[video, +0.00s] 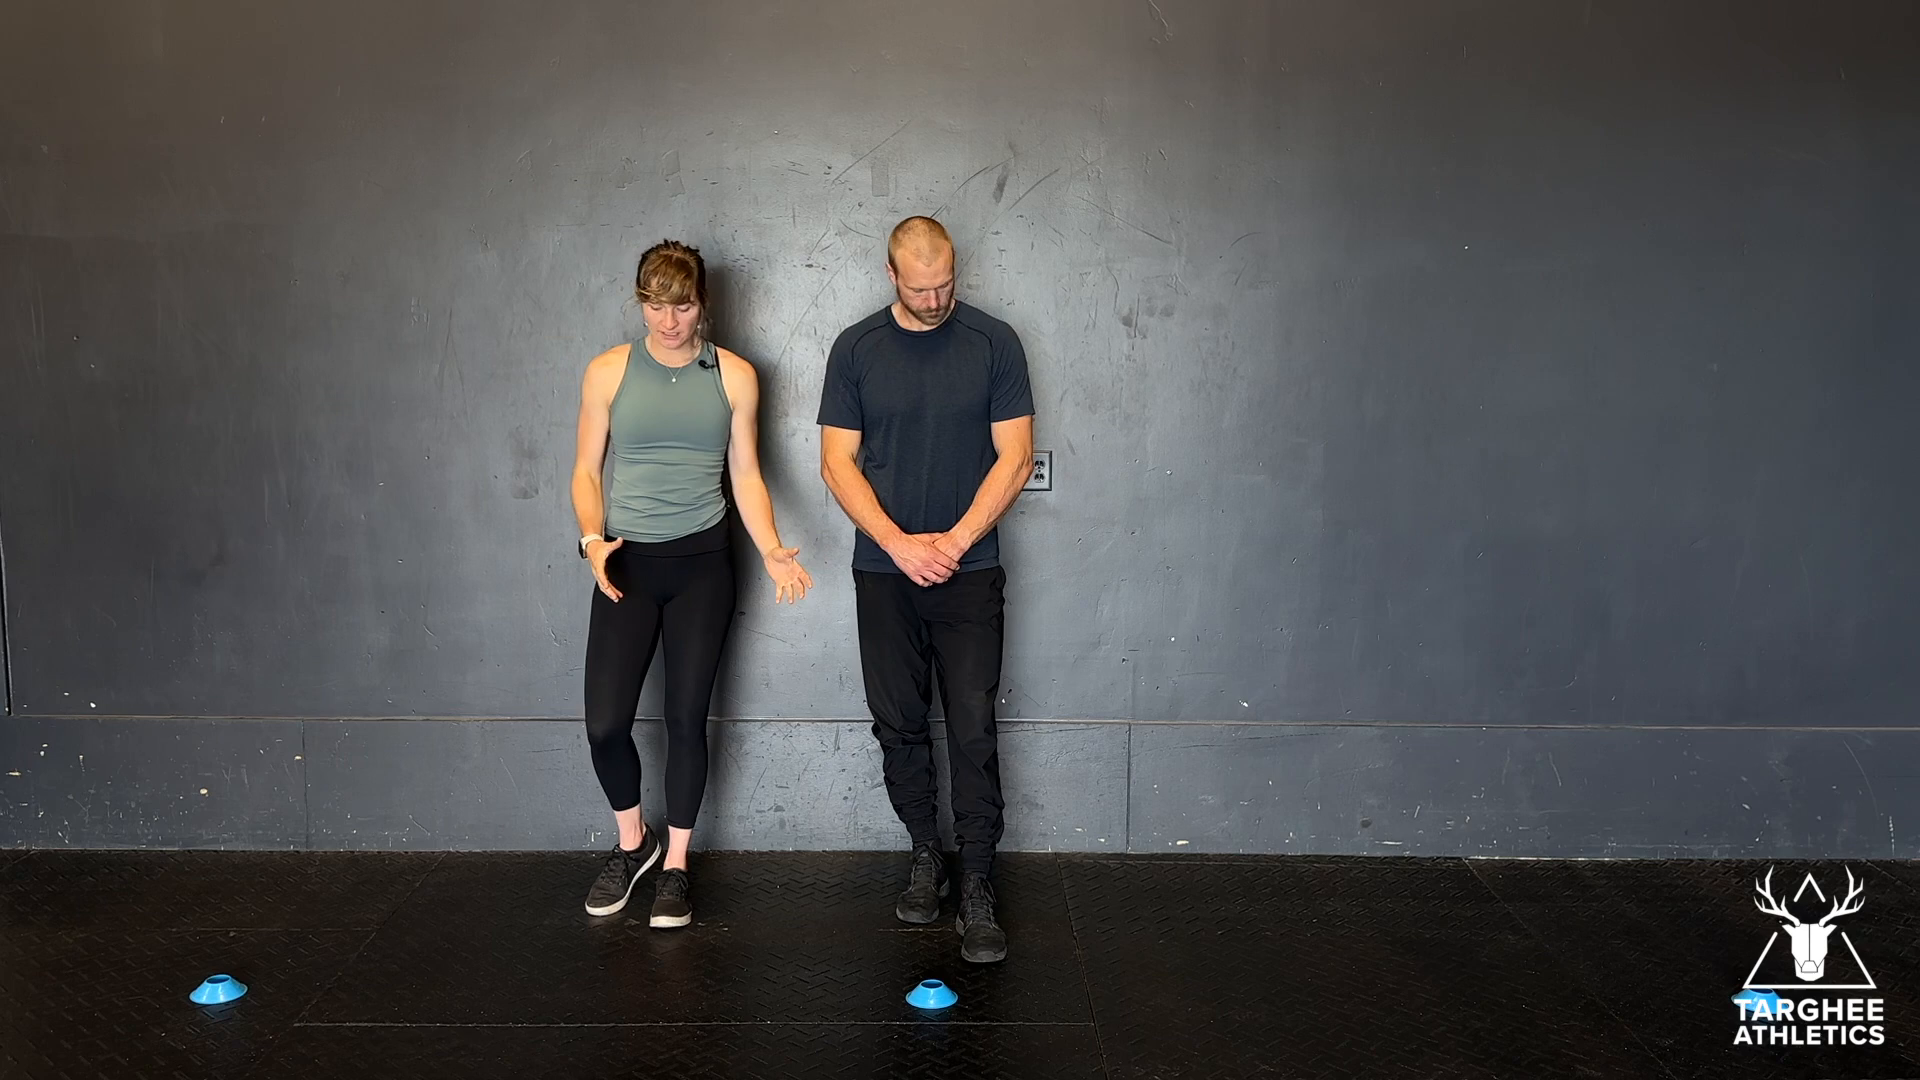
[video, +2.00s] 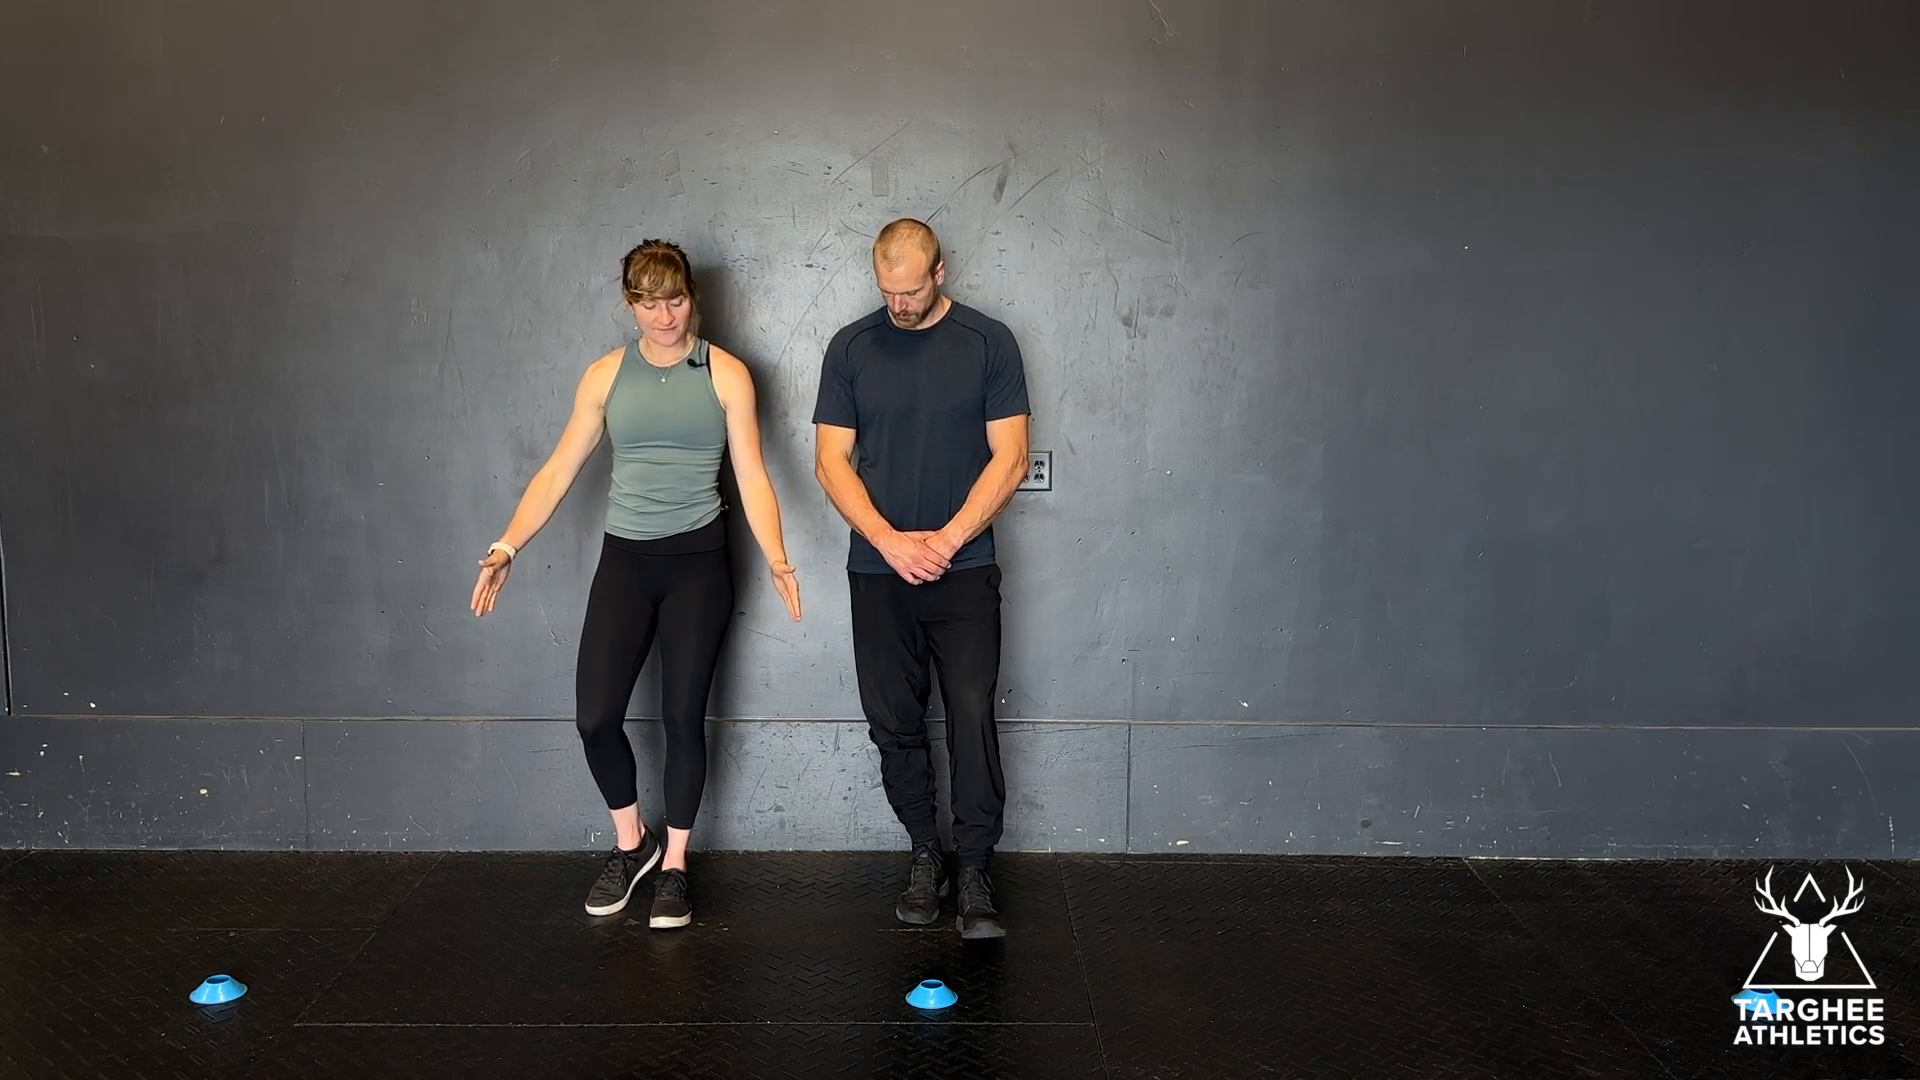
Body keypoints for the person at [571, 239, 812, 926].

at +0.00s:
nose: (672, 321)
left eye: (684, 308)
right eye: (660, 308)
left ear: (702, 304)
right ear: (641, 303)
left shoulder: (734, 375)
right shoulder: (609, 372)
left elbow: (746, 473)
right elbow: (587, 470)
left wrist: (773, 551)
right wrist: (593, 539)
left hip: (704, 563)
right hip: (626, 564)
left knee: (686, 717)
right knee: (605, 722)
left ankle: (675, 867)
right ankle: (635, 846)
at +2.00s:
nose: (667, 314)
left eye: (676, 299)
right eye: (652, 303)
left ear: (691, 299)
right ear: (631, 307)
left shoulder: (726, 375)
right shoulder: (607, 375)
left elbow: (751, 475)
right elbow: (559, 470)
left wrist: (778, 559)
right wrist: (504, 549)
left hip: (700, 561)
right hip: (624, 561)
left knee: (683, 715)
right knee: (596, 716)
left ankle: (674, 868)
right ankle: (634, 848)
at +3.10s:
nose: (690, 311)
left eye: (698, 297)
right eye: (674, 298)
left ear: (708, 300)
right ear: (645, 303)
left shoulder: (735, 378)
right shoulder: (611, 381)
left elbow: (755, 474)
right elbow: (581, 486)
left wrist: (788, 515)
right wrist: (592, 573)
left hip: (718, 568)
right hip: (639, 573)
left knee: (745, 724)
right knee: (639, 724)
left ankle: (780, 882)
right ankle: (636, 872)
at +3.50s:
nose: (747, 313)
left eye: (757, 299)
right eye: (732, 301)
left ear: (771, 302)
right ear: (708, 305)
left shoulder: (803, 380)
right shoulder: (680, 383)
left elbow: (826, 489)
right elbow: (663, 487)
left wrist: (856, 587)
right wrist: (662, 573)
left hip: (791, 570)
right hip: (710, 572)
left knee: (788, 733)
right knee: (675, 739)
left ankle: (795, 889)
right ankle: (660, 861)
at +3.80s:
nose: (773, 311)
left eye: (785, 297)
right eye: (759, 298)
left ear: (800, 300)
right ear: (738, 304)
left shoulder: (833, 381)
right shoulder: (707, 383)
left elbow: (852, 494)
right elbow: (685, 488)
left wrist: (881, 595)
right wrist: (673, 587)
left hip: (815, 574)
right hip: (735, 577)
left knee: (803, 731)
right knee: (735, 730)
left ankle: (796, 889)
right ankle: (764, 853)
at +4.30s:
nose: (751, 311)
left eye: (765, 298)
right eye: (747, 298)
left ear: (805, 302)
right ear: (746, 304)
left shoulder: (847, 388)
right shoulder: (727, 373)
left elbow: (864, 504)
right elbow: (688, 476)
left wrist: (876, 600)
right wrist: (647, 564)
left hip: (805, 574)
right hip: (725, 572)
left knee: (794, 737)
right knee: (676, 724)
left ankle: (793, 891)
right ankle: (671, 886)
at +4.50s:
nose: (735, 308)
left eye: (748, 296)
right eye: (731, 296)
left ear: (790, 299)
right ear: (734, 303)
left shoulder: (833, 388)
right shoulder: (715, 376)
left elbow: (852, 502)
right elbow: (655, 473)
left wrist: (866, 603)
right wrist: (586, 558)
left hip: (786, 574)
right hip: (710, 572)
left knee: (788, 736)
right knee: (639, 716)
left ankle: (794, 892)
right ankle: (580, 872)